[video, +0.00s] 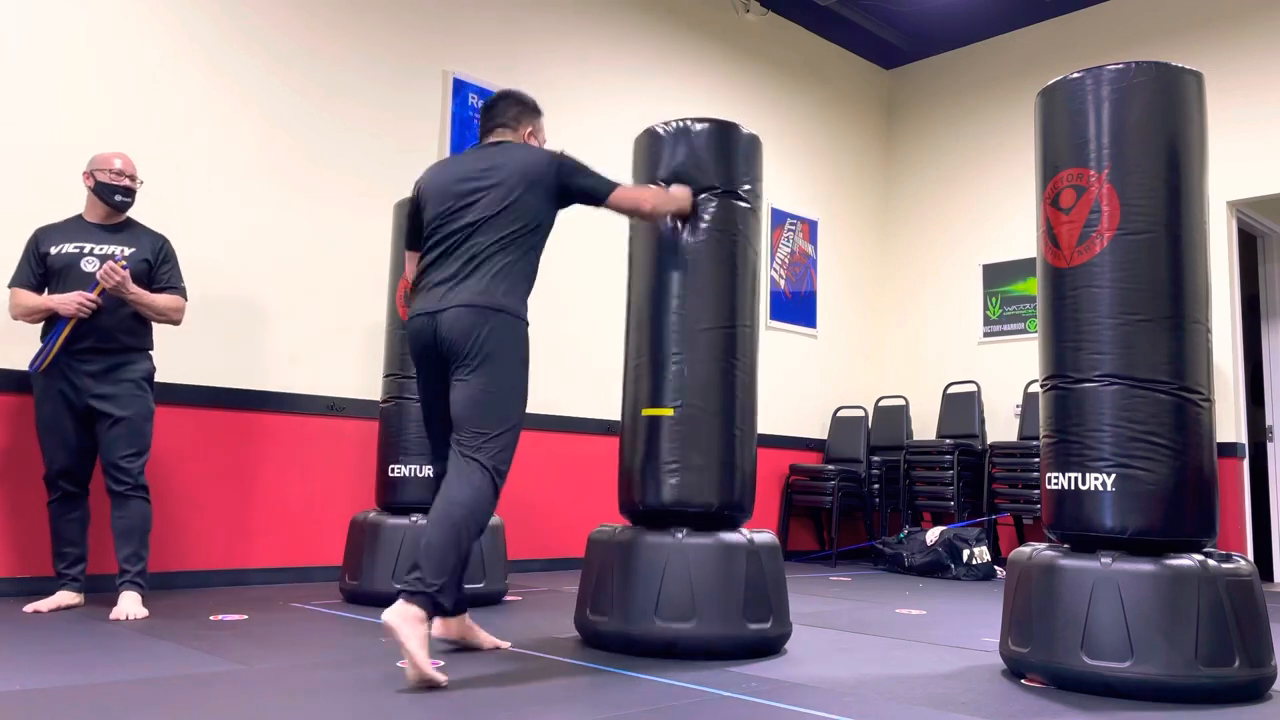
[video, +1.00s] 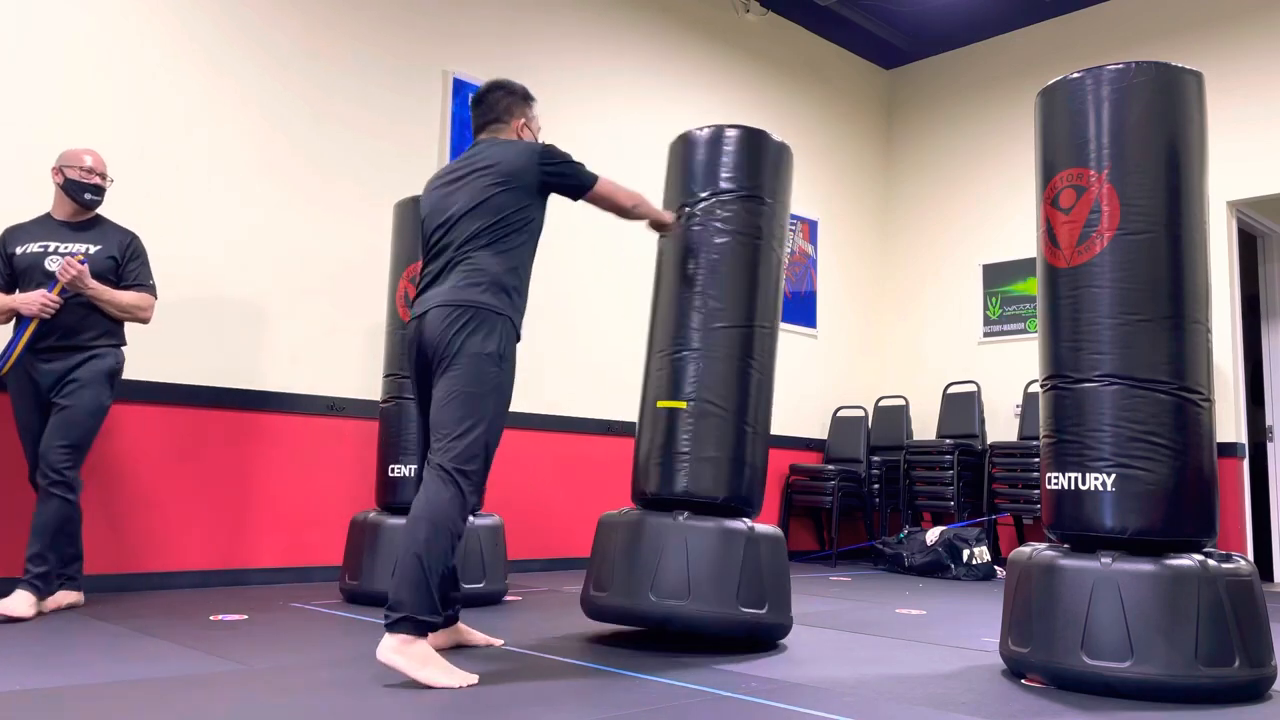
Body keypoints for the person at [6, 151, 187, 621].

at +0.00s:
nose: (123, 182)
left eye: (130, 177)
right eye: (113, 173)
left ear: (137, 188)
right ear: (87, 179)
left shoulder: (154, 245)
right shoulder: (47, 239)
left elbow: (176, 312)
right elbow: (17, 304)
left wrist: (131, 292)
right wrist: (55, 302)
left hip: (125, 380)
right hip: (60, 379)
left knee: (127, 481)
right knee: (64, 484)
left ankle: (131, 589)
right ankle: (70, 586)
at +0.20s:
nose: (118, 183)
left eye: (125, 178)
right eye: (108, 174)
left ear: (131, 189)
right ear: (82, 179)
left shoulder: (148, 245)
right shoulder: (41, 240)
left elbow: (169, 311)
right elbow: (11, 305)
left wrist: (123, 292)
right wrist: (48, 303)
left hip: (122, 380)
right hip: (56, 379)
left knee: (127, 480)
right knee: (62, 483)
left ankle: (131, 589)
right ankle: (71, 586)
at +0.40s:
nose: (112, 184)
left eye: (119, 178)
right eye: (102, 175)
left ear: (125, 189)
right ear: (75, 180)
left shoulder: (142, 245)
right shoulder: (34, 241)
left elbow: (164, 312)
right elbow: (5, 306)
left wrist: (118, 292)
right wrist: (44, 303)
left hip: (117, 380)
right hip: (51, 380)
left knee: (124, 479)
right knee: (58, 483)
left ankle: (130, 588)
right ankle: (70, 586)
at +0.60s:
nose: (106, 183)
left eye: (112, 178)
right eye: (95, 174)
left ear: (119, 189)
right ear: (69, 180)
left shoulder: (136, 245)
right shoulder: (28, 241)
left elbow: (157, 311)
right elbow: (3, 307)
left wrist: (111, 290)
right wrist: (37, 303)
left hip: (110, 378)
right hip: (45, 378)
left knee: (113, 479)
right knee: (56, 482)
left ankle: (116, 587)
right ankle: (69, 586)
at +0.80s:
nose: (102, 183)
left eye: (109, 178)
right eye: (91, 174)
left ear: (115, 188)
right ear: (63, 179)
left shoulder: (130, 243)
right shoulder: (22, 242)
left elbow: (152, 310)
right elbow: (2, 308)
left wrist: (102, 288)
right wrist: (30, 302)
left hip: (101, 372)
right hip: (38, 373)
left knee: (88, 471)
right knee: (50, 478)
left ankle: (82, 587)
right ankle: (65, 584)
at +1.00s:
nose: (96, 181)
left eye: (103, 176)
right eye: (86, 172)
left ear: (108, 186)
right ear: (56, 177)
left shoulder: (122, 241)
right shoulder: (15, 239)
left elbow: (143, 309)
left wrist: (90, 286)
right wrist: (17, 301)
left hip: (90, 366)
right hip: (28, 367)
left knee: (55, 463)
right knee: (45, 472)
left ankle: (32, 585)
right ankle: (68, 583)